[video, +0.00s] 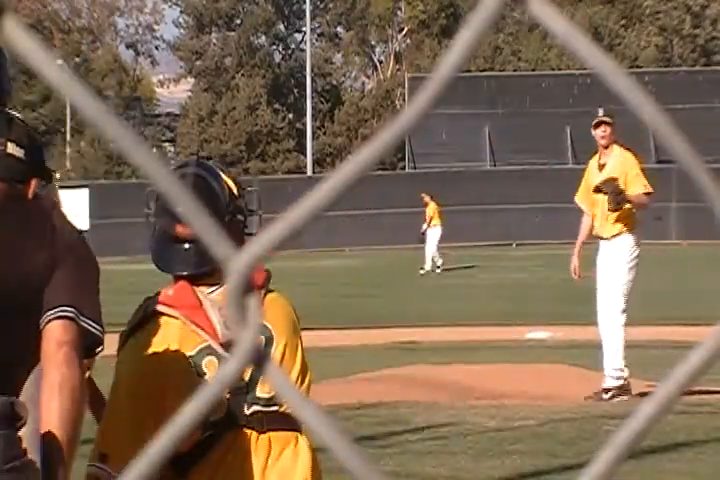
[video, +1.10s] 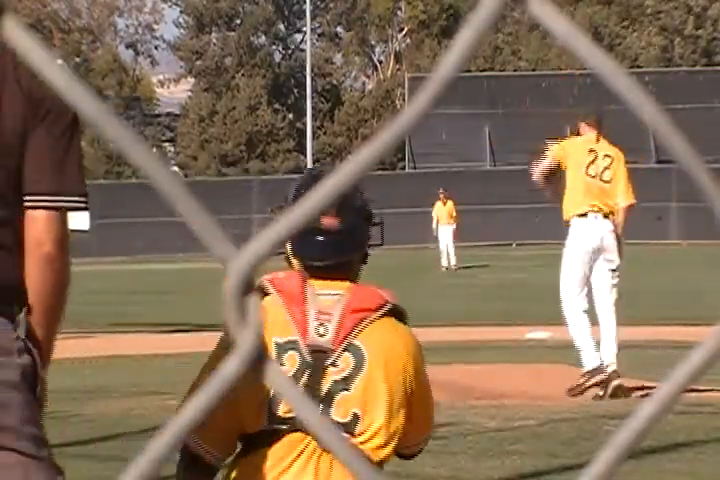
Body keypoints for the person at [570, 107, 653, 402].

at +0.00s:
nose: (603, 132)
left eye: (607, 127)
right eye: (598, 127)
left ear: (614, 131)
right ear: (593, 133)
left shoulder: (625, 158)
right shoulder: (593, 165)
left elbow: (646, 198)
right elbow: (588, 214)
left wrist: (623, 198)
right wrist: (576, 251)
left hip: (623, 240)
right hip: (604, 242)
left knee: (614, 308)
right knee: (603, 309)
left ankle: (617, 377)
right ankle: (612, 376)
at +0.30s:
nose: (598, 124)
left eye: (602, 120)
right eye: (595, 120)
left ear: (609, 125)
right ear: (590, 125)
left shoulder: (618, 148)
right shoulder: (588, 163)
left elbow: (623, 162)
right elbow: (592, 212)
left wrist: (603, 148)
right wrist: (579, 250)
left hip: (616, 232)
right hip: (598, 235)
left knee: (607, 304)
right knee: (591, 306)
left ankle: (617, 376)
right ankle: (613, 374)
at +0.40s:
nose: (599, 130)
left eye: (604, 124)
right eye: (597, 125)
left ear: (608, 129)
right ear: (593, 131)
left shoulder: (606, 156)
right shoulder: (589, 164)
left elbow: (611, 137)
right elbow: (590, 214)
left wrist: (593, 116)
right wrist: (578, 251)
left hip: (612, 233)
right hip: (598, 234)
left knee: (600, 307)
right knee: (590, 308)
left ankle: (616, 378)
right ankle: (612, 377)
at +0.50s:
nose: (592, 121)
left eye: (597, 118)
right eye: (593, 117)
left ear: (602, 123)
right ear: (592, 124)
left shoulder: (600, 148)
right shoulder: (590, 158)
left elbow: (598, 112)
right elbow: (591, 206)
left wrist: (581, 80)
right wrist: (582, 240)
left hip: (605, 226)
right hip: (596, 228)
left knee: (600, 299)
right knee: (597, 299)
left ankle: (612, 373)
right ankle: (610, 372)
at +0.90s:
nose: (573, 119)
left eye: (577, 115)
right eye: (574, 115)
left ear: (590, 118)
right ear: (602, 121)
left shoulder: (584, 133)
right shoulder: (615, 152)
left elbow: (561, 110)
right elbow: (630, 199)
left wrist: (547, 91)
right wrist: (609, 221)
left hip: (588, 223)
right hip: (610, 225)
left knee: (592, 296)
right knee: (608, 296)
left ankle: (603, 370)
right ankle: (609, 366)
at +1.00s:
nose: (580, 126)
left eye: (581, 122)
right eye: (581, 123)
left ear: (586, 122)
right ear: (603, 125)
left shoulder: (576, 133)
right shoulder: (617, 153)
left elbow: (538, 124)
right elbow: (627, 202)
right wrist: (613, 227)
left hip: (586, 224)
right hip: (610, 226)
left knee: (582, 296)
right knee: (607, 296)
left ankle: (599, 366)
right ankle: (611, 366)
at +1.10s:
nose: (579, 132)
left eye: (580, 129)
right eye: (581, 129)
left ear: (584, 128)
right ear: (599, 129)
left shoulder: (572, 145)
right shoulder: (616, 154)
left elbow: (547, 160)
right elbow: (624, 202)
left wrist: (539, 171)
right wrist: (617, 236)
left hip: (582, 225)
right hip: (609, 227)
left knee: (572, 298)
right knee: (606, 300)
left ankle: (591, 364)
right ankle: (610, 365)